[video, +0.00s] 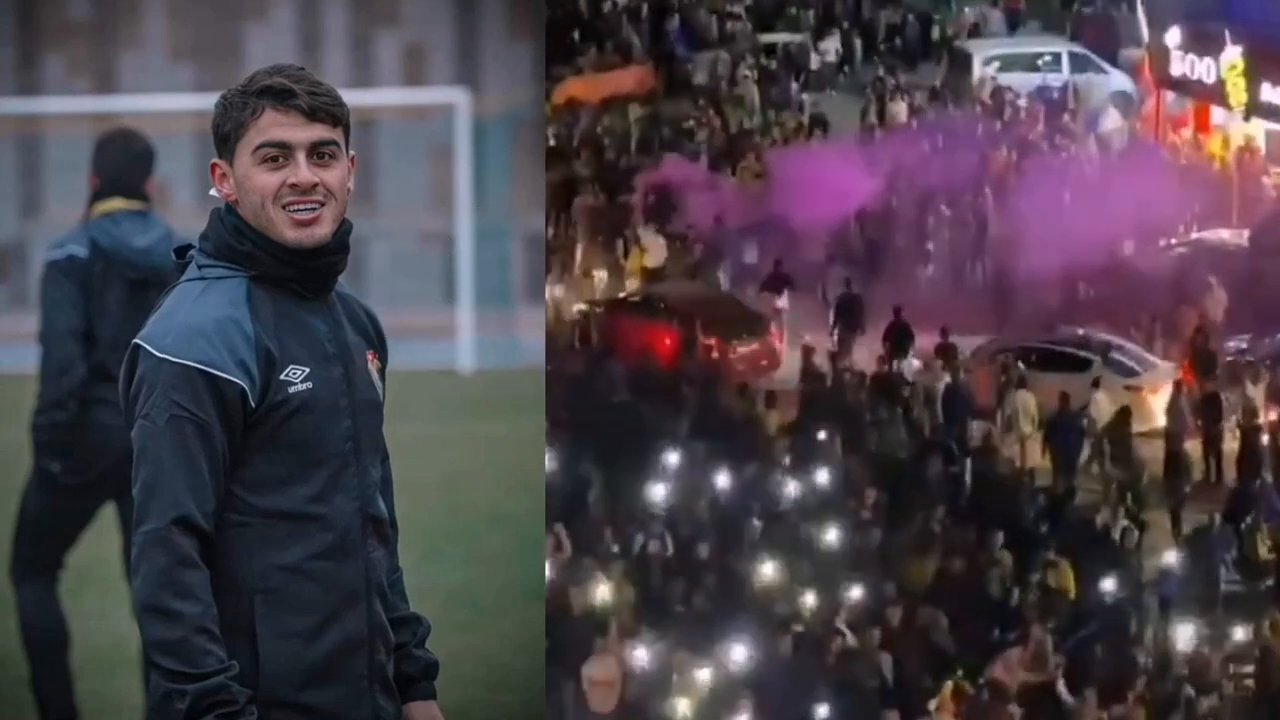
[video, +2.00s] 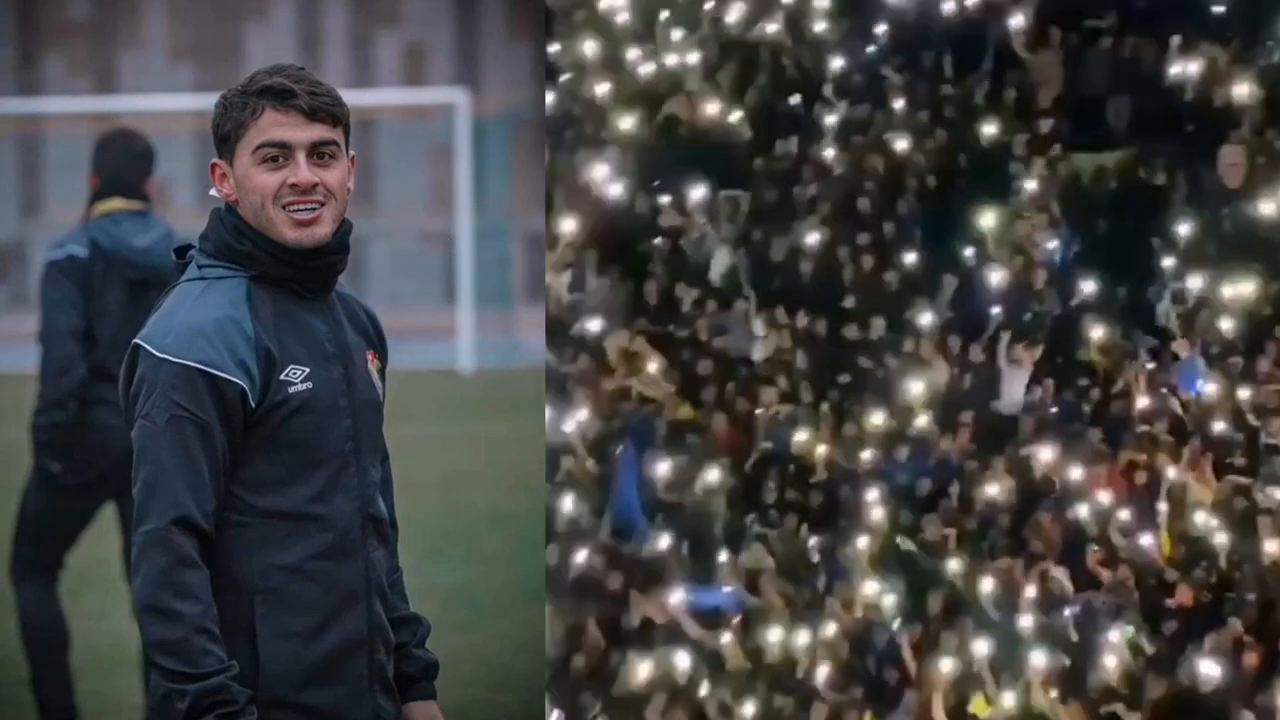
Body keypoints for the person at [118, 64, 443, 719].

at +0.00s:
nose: (305, 178)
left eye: (322, 155)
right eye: (274, 158)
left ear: (350, 171)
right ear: (226, 182)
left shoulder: (356, 323)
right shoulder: (195, 334)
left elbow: (372, 524)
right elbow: (164, 550)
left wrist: (414, 684)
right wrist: (213, 705)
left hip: (364, 690)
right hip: (259, 691)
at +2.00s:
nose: (305, 178)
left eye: (322, 155)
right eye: (274, 158)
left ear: (350, 171)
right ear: (226, 182)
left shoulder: (356, 324)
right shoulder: (195, 334)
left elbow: (373, 525)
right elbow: (164, 551)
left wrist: (414, 684)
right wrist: (213, 705)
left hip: (365, 690)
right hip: (259, 691)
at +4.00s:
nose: (304, 178)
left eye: (322, 155)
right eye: (274, 158)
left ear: (350, 171)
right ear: (226, 182)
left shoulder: (356, 323)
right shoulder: (195, 334)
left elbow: (372, 525)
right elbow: (164, 550)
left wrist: (414, 685)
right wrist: (213, 705)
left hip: (365, 690)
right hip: (259, 691)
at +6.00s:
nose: (305, 178)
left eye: (322, 155)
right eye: (274, 158)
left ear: (349, 171)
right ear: (226, 182)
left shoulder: (356, 323)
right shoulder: (195, 334)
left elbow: (372, 525)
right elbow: (164, 550)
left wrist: (414, 684)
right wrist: (213, 705)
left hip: (365, 690)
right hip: (260, 691)